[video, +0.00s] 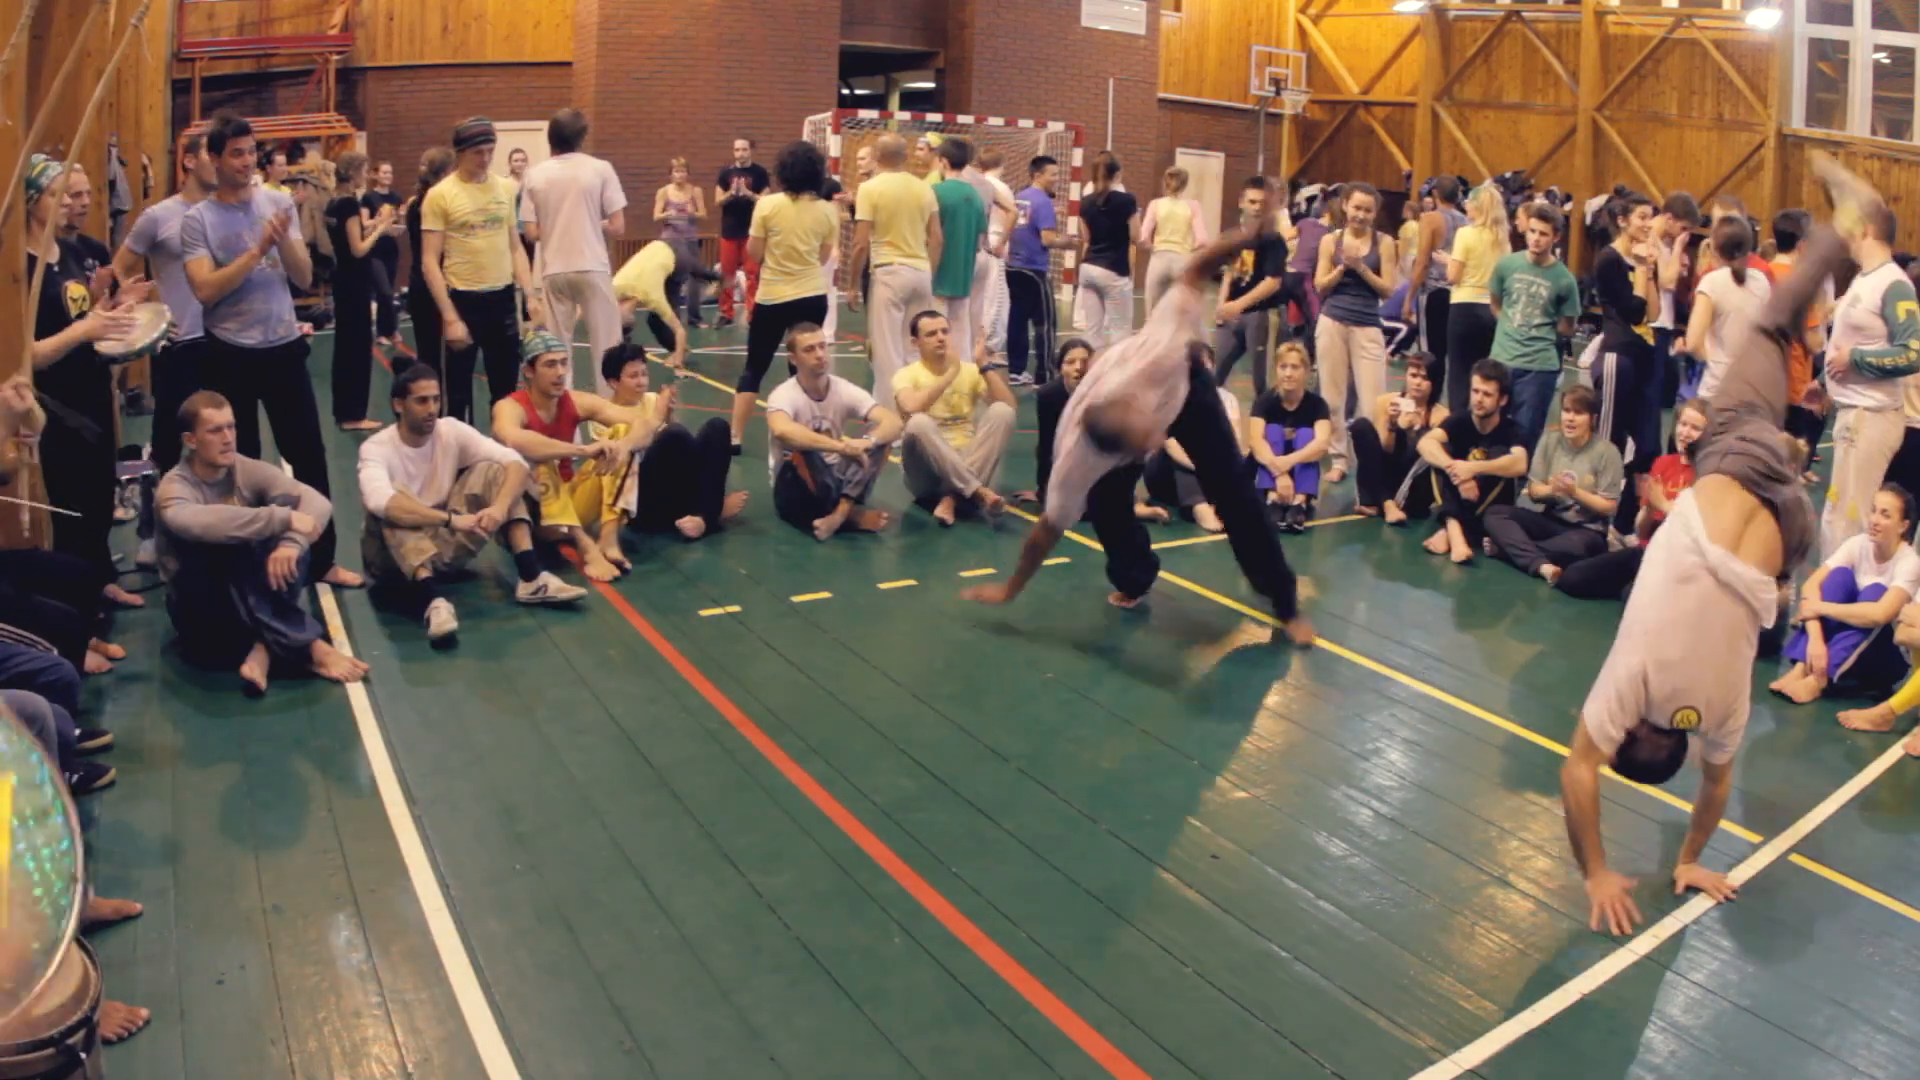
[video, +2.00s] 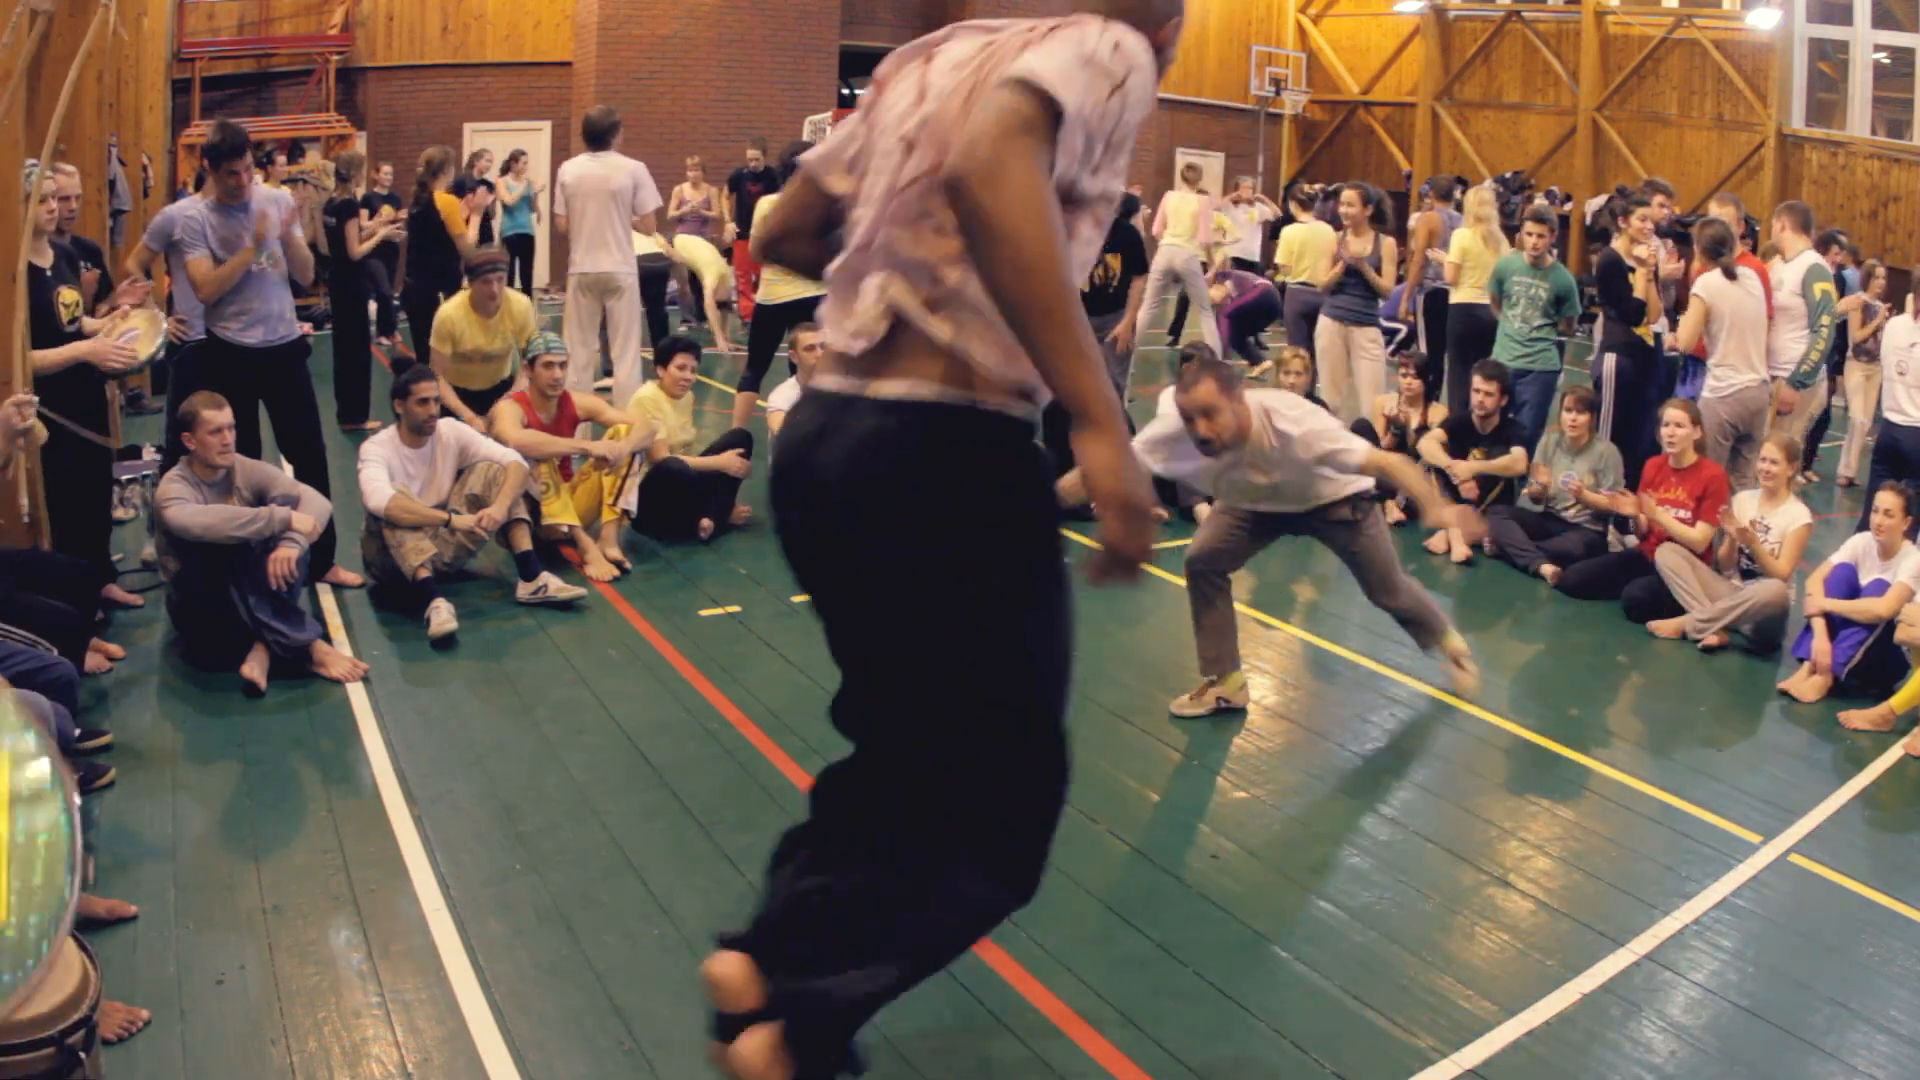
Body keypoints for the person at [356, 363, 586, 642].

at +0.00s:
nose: (431, 409)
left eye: (436, 400)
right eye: (421, 402)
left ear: (441, 400)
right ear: (398, 405)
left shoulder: (451, 430)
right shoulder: (376, 449)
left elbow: (516, 464)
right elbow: (381, 503)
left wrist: (500, 509)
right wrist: (451, 519)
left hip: (450, 546)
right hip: (398, 552)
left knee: (492, 470)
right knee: (396, 499)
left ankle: (532, 578)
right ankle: (434, 602)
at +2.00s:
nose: (433, 411)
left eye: (436, 402)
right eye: (423, 403)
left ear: (440, 401)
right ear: (399, 405)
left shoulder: (451, 431)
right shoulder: (376, 449)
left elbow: (516, 464)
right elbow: (380, 502)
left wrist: (500, 508)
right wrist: (450, 519)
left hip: (449, 548)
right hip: (398, 555)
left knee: (490, 470)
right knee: (395, 497)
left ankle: (532, 577)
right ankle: (435, 601)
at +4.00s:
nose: (433, 410)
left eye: (436, 400)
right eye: (423, 402)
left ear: (440, 400)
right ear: (398, 406)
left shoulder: (450, 430)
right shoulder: (375, 449)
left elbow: (516, 463)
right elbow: (380, 502)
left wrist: (500, 509)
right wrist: (450, 519)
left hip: (449, 546)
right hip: (398, 552)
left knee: (493, 469)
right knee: (395, 499)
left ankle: (531, 576)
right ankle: (434, 601)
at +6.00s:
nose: (433, 412)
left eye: (436, 403)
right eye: (423, 405)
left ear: (440, 401)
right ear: (398, 407)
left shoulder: (450, 430)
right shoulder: (375, 449)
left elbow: (516, 463)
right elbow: (380, 502)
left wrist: (500, 508)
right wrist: (449, 518)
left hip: (449, 545)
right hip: (399, 550)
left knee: (491, 470)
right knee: (394, 500)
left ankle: (532, 577)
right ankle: (435, 602)